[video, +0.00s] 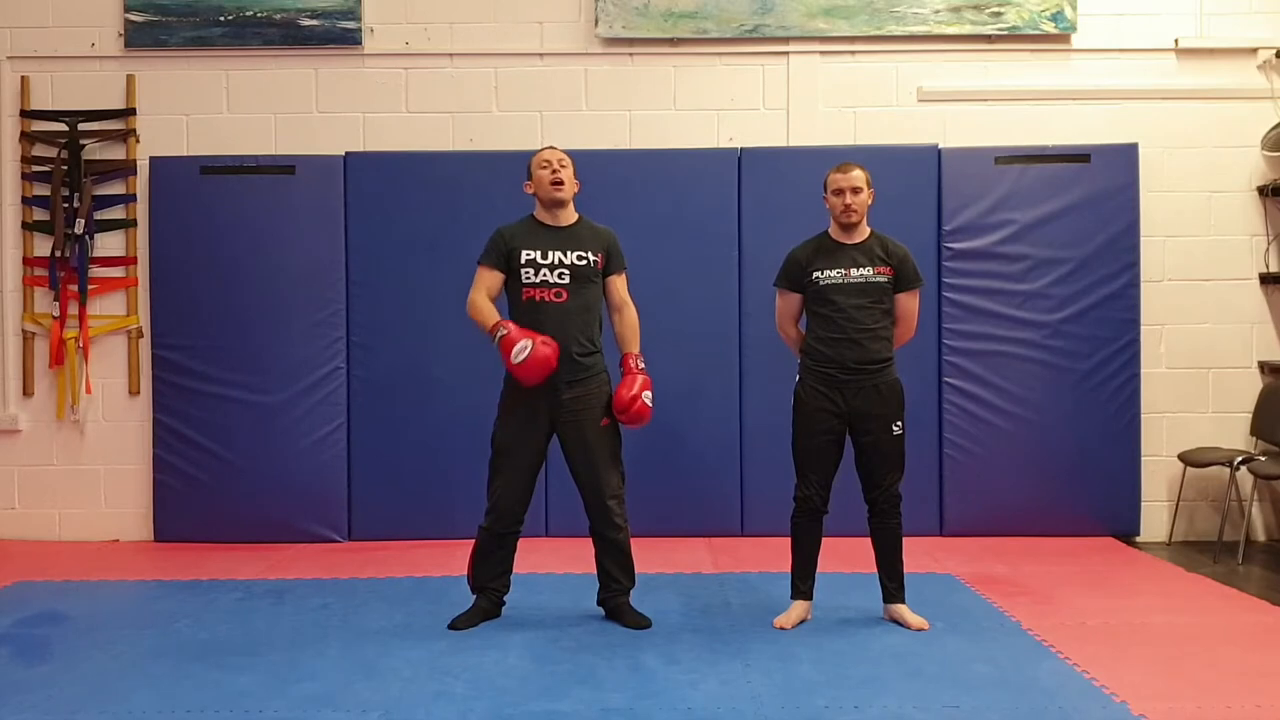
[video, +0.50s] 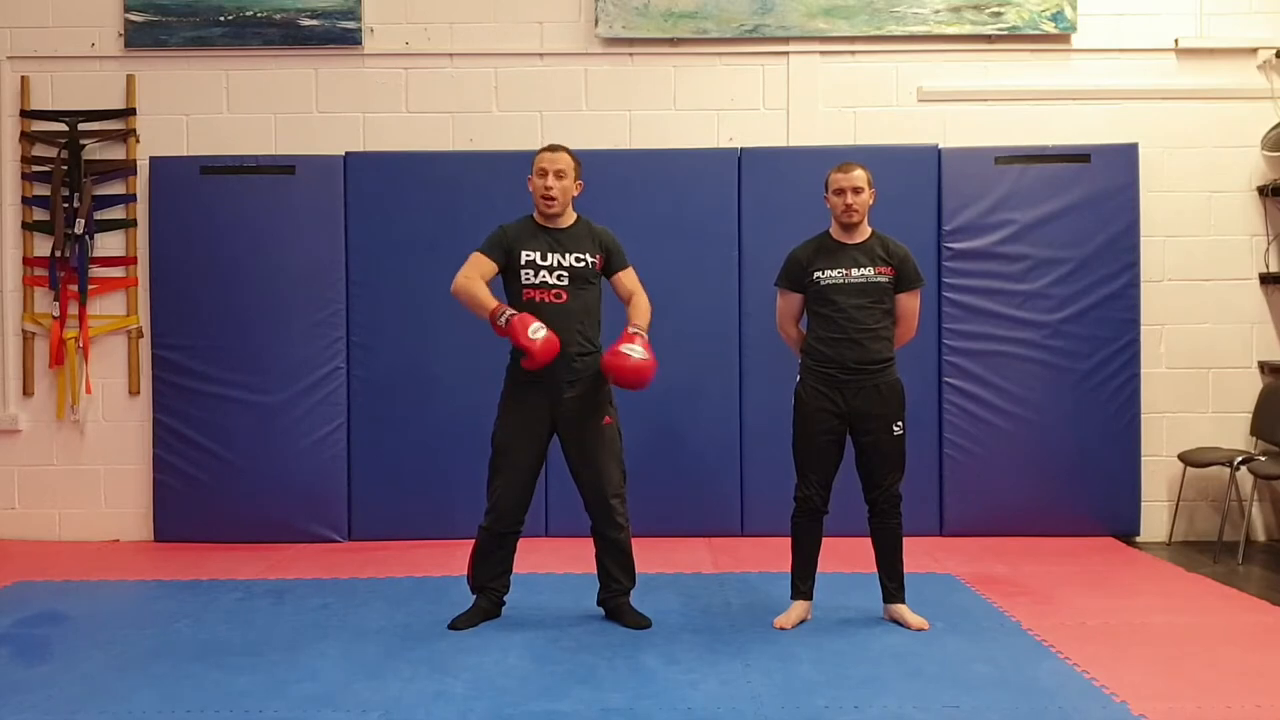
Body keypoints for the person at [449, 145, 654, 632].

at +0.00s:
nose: (557, 171)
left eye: (563, 165)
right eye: (546, 167)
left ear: (576, 182)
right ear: (531, 187)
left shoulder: (602, 240)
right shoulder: (508, 239)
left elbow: (622, 307)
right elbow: (478, 298)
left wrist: (634, 367)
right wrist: (505, 333)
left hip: (587, 387)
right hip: (527, 388)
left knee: (607, 498)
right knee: (505, 497)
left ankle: (617, 597)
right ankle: (488, 597)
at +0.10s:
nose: (556, 173)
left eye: (562, 166)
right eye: (545, 168)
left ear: (576, 181)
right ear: (530, 186)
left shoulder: (601, 239)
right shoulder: (508, 238)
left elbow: (626, 303)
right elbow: (478, 298)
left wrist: (635, 364)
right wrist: (516, 318)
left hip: (587, 387)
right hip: (527, 388)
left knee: (607, 498)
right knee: (505, 497)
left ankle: (616, 597)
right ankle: (488, 597)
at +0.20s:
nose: (552, 176)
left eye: (560, 169)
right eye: (543, 170)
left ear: (575, 181)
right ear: (529, 185)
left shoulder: (600, 240)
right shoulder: (508, 239)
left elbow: (635, 300)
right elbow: (471, 291)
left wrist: (634, 354)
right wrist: (521, 304)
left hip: (587, 389)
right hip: (526, 389)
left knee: (607, 499)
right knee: (505, 498)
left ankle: (616, 597)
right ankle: (488, 597)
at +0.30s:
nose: (547, 181)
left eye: (557, 173)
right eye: (539, 173)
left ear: (575, 183)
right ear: (529, 183)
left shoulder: (600, 240)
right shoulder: (511, 237)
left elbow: (646, 295)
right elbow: (470, 281)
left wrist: (624, 343)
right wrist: (519, 313)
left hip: (585, 386)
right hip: (526, 386)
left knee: (607, 497)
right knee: (505, 497)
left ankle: (616, 598)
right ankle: (488, 597)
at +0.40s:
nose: (548, 183)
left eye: (558, 175)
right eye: (541, 174)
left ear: (576, 185)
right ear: (530, 182)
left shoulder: (600, 240)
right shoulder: (511, 237)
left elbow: (648, 294)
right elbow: (467, 284)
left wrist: (620, 334)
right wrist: (505, 320)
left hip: (587, 388)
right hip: (527, 387)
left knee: (608, 498)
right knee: (505, 497)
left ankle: (617, 597)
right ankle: (488, 597)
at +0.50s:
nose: (548, 184)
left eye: (559, 176)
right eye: (541, 175)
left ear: (576, 185)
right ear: (530, 181)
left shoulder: (599, 241)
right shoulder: (510, 237)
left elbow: (636, 297)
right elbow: (464, 283)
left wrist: (636, 336)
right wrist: (508, 319)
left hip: (587, 387)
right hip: (527, 386)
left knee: (608, 498)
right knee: (505, 496)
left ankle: (616, 597)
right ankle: (488, 597)